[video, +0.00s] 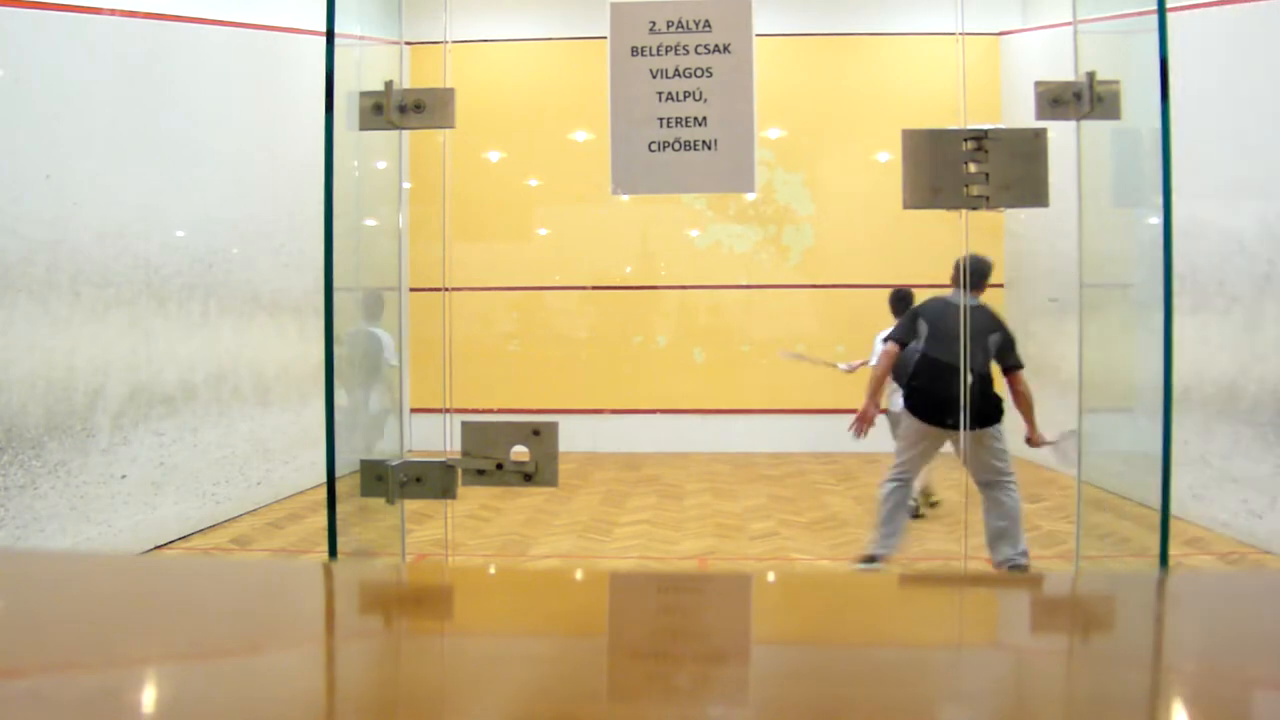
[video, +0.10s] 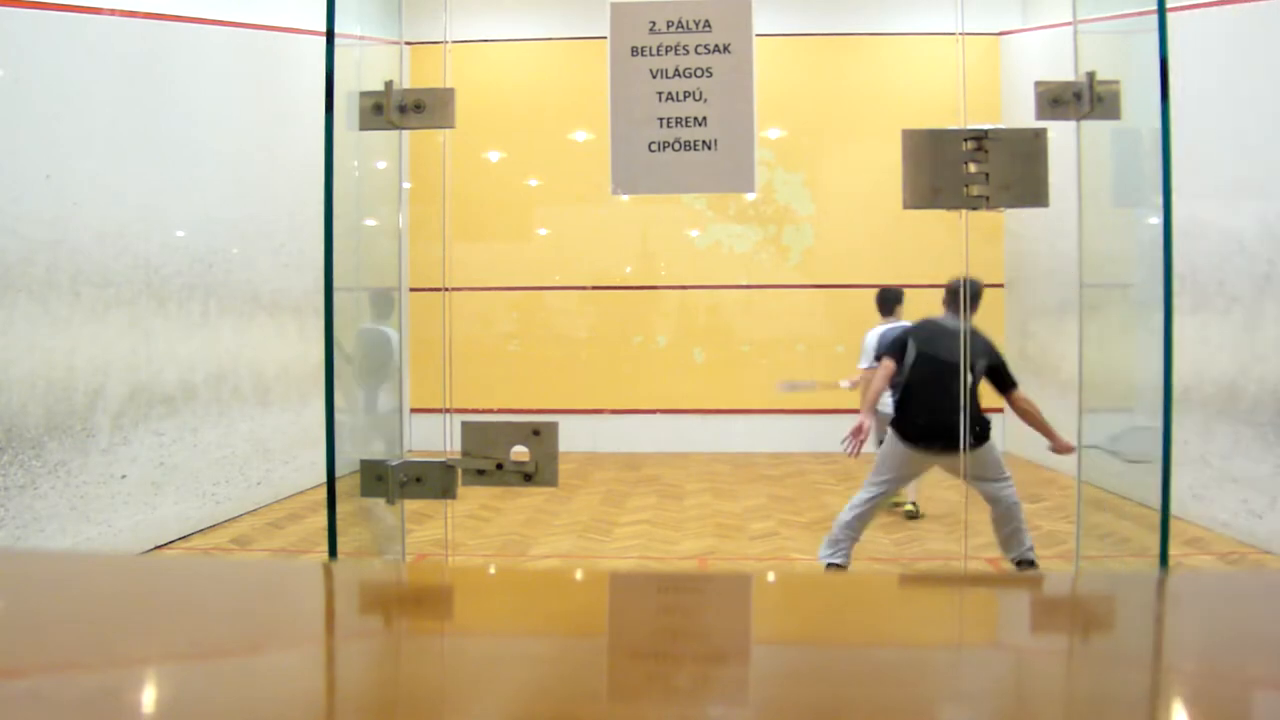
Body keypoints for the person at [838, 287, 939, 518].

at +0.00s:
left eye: (895, 306)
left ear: (892, 308)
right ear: (913, 307)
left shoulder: (885, 337)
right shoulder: (922, 333)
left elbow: (879, 365)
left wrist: (873, 401)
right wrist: (861, 363)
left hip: (896, 403)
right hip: (921, 401)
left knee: (906, 452)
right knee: (914, 451)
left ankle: (922, 490)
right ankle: (914, 495)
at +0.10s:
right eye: (899, 303)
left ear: (878, 306)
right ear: (899, 306)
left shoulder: (873, 335)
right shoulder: (911, 330)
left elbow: (869, 370)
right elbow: (916, 363)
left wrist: (855, 383)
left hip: (882, 398)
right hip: (909, 398)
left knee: (884, 448)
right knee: (910, 448)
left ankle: (890, 490)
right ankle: (911, 498)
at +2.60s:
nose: (808, 302)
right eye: (808, 298)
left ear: (783, 299)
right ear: (806, 300)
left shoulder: (764, 327)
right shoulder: (815, 333)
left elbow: (749, 363)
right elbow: (816, 376)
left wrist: (747, 398)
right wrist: (801, 393)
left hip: (763, 403)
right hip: (793, 405)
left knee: (766, 457)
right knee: (796, 466)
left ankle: (769, 506)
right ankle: (783, 520)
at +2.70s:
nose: (808, 299)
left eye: (805, 294)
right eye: (808, 295)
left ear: (783, 296)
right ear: (806, 297)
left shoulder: (763, 324)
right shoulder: (815, 331)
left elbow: (747, 362)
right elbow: (818, 374)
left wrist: (743, 397)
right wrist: (805, 399)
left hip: (760, 401)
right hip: (792, 403)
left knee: (760, 457)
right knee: (795, 467)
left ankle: (758, 508)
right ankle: (784, 521)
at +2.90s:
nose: (805, 296)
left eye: (801, 291)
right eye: (805, 292)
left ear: (777, 294)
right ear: (801, 294)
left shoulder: (759, 322)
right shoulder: (811, 329)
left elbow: (740, 361)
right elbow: (817, 373)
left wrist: (735, 393)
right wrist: (812, 407)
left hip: (753, 402)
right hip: (787, 405)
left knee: (744, 462)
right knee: (794, 465)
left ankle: (735, 517)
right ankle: (784, 521)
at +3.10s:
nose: (779, 291)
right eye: (781, 287)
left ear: (757, 290)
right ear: (781, 290)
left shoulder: (742, 318)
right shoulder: (796, 322)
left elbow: (729, 356)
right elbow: (804, 365)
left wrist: (720, 388)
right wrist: (801, 401)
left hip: (741, 398)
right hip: (776, 401)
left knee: (720, 456)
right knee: (782, 463)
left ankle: (719, 508)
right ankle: (787, 518)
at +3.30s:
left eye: (721, 298)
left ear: (720, 302)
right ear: (744, 300)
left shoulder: (717, 333)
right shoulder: (765, 333)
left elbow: (711, 378)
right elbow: (779, 376)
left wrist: (691, 415)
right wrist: (768, 407)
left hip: (726, 415)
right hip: (760, 415)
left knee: (692, 472)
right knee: (760, 475)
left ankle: (682, 536)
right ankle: (776, 532)